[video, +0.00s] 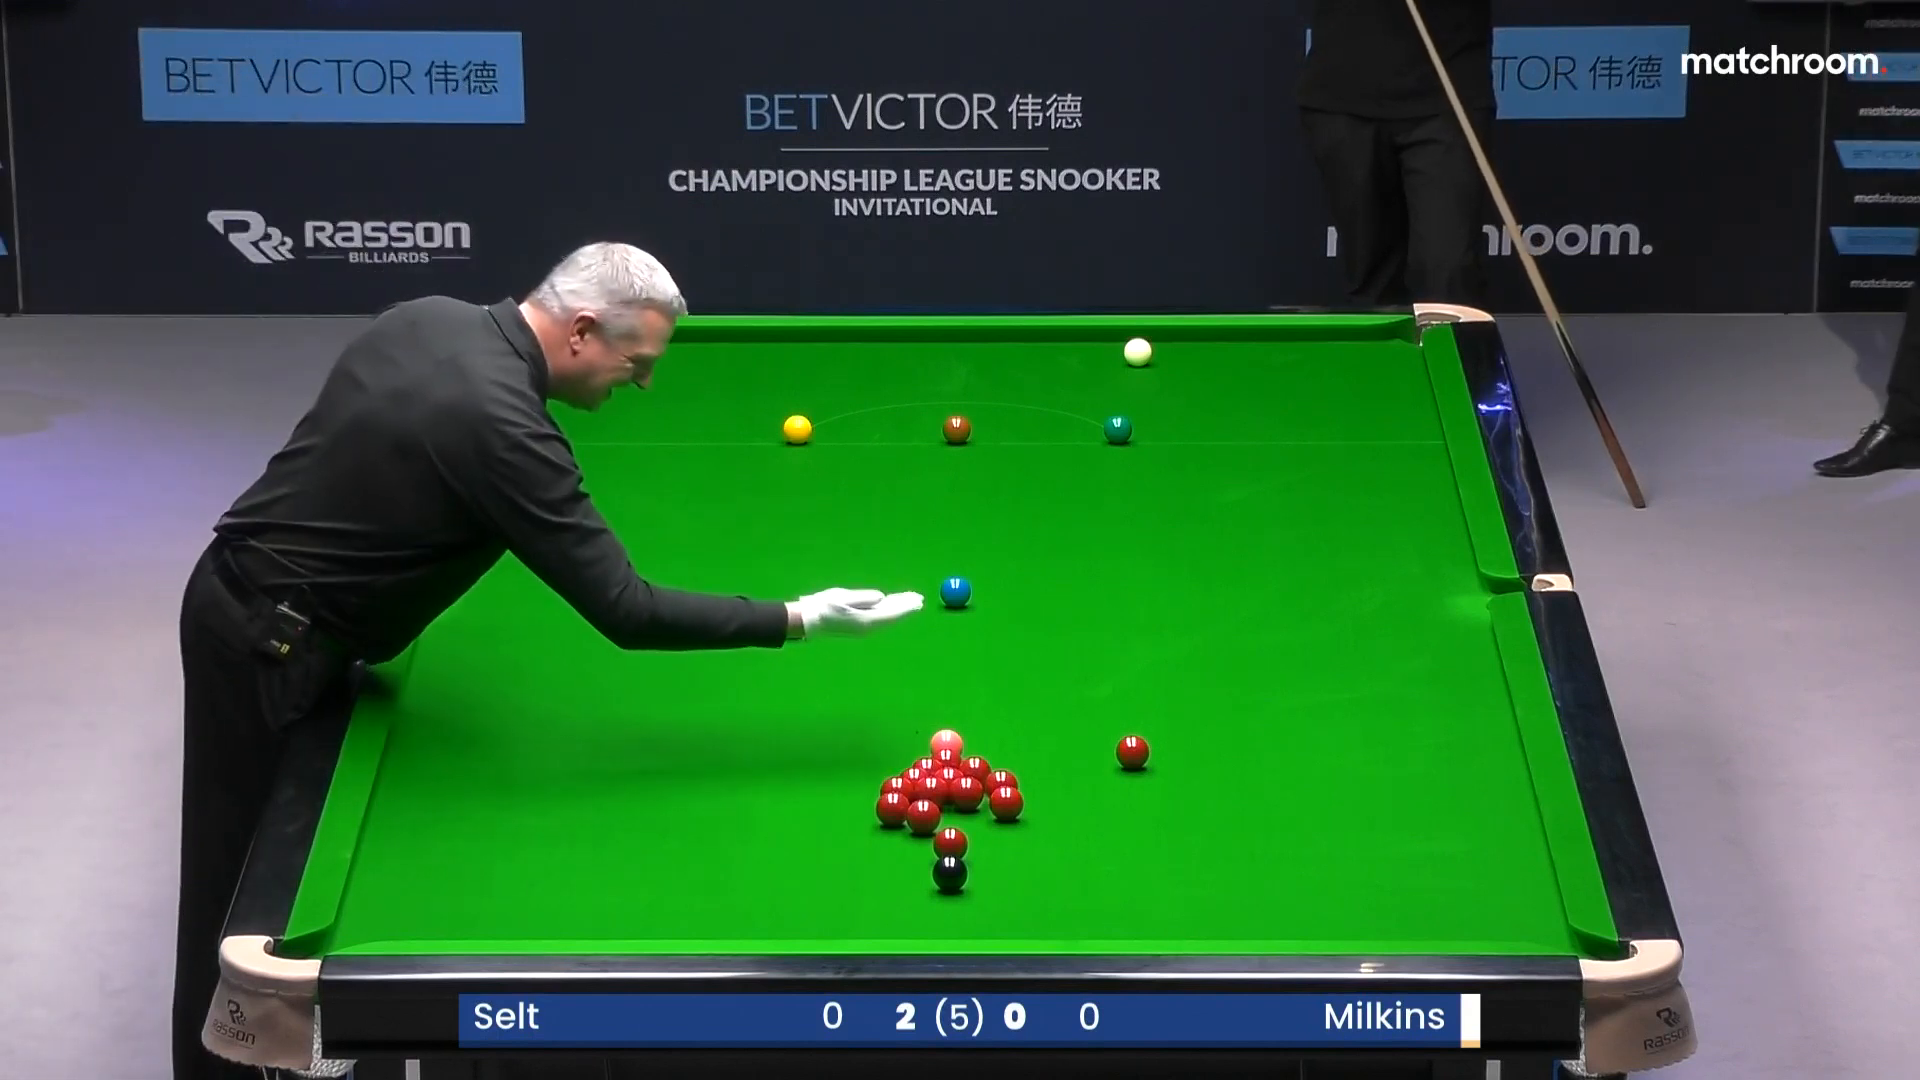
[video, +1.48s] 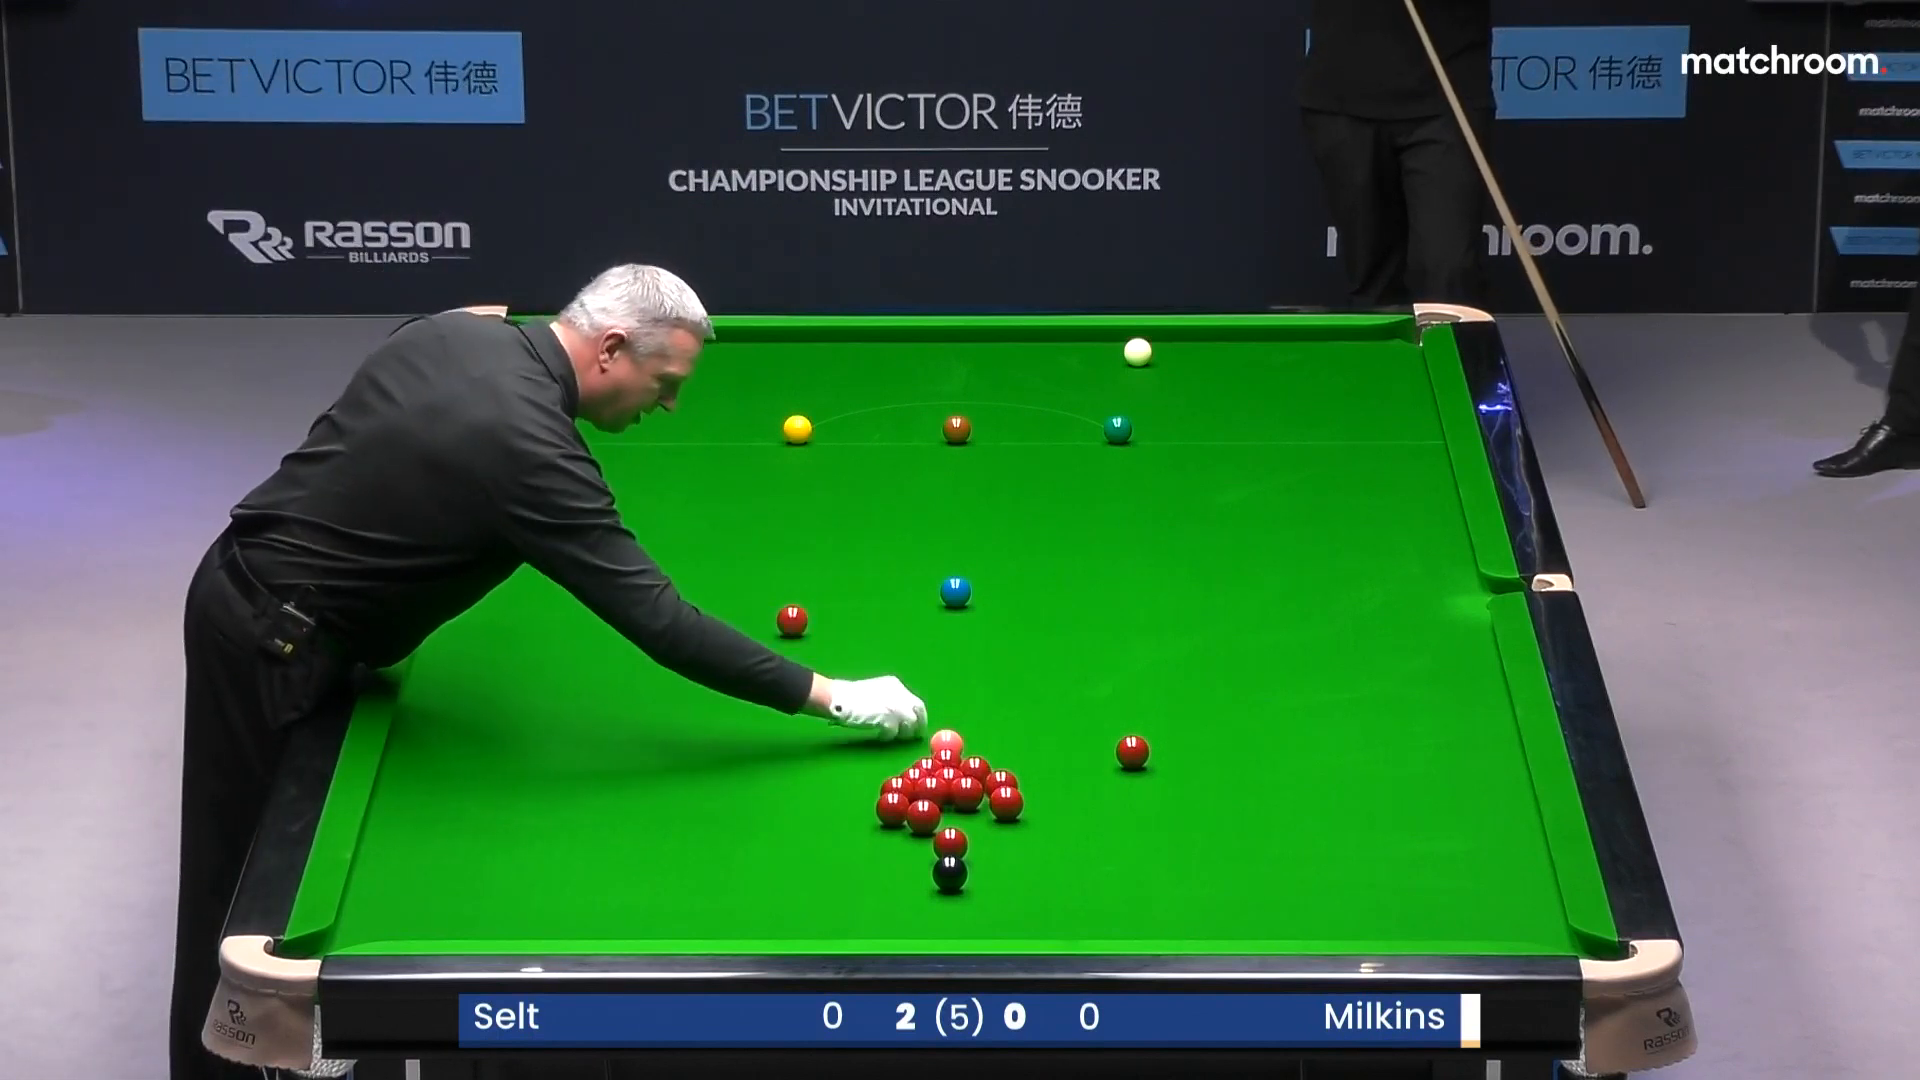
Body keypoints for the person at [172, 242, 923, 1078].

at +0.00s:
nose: (637, 383)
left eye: (646, 367)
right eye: (636, 363)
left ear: (565, 316)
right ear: (577, 328)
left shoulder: (427, 319)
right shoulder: (506, 428)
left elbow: (333, 451)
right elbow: (626, 607)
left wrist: (350, 607)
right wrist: (794, 616)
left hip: (236, 591)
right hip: (275, 635)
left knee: (244, 865)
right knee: (242, 881)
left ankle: (232, 1050)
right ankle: (215, 1059)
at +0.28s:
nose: (647, 393)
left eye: (655, 377)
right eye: (647, 373)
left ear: (576, 326)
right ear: (590, 338)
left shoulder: (441, 326)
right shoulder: (515, 431)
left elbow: (343, 452)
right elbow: (635, 614)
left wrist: (359, 613)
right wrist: (804, 623)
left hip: (239, 591)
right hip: (277, 635)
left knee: (247, 870)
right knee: (243, 888)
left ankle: (236, 1043)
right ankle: (218, 1055)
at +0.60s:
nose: (663, 408)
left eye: (672, 393)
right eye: (664, 389)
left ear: (593, 334)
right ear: (609, 353)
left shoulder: (457, 331)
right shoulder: (545, 460)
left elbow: (361, 445)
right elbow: (665, 634)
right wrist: (841, 679)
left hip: (243, 583)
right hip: (279, 637)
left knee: (251, 868)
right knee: (242, 885)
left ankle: (233, 1046)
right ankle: (210, 1058)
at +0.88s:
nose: (656, 396)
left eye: (666, 379)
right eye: (657, 375)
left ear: (589, 327)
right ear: (605, 339)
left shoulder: (454, 327)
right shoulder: (525, 438)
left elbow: (343, 448)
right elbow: (624, 633)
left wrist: (367, 614)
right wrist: (786, 632)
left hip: (243, 584)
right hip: (277, 634)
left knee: (243, 876)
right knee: (246, 891)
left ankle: (228, 1051)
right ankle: (216, 1058)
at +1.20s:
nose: (655, 393)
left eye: (666, 376)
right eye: (656, 372)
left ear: (584, 318)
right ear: (601, 334)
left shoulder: (446, 326)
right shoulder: (524, 432)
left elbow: (339, 448)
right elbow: (629, 631)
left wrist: (362, 615)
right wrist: (797, 675)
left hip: (240, 587)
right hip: (276, 635)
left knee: (240, 878)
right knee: (247, 892)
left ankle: (225, 1056)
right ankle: (219, 1063)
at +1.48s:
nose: (663, 404)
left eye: (673, 387)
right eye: (664, 383)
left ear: (592, 334)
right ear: (609, 349)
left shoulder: (451, 331)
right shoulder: (538, 451)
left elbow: (340, 441)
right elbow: (658, 617)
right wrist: (827, 692)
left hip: (242, 585)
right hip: (284, 636)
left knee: (242, 868)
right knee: (252, 886)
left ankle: (227, 1045)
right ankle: (219, 1054)